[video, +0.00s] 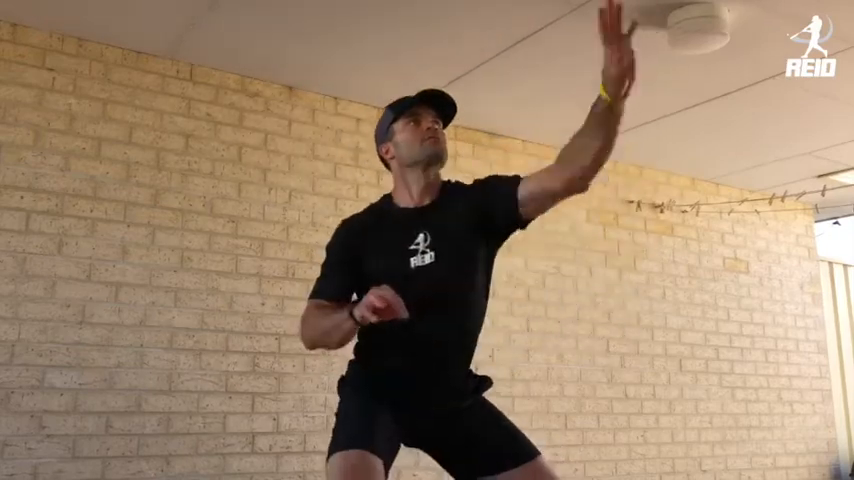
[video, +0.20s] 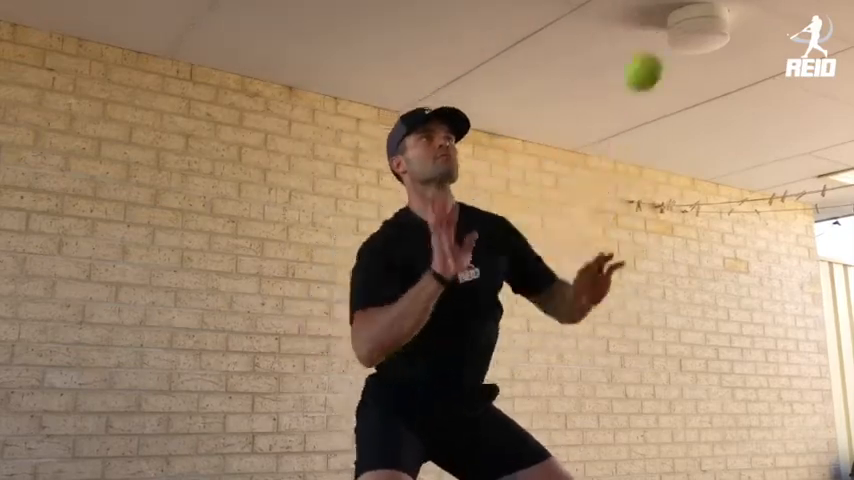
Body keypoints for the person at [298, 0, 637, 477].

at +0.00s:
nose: (432, 124)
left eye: (437, 120)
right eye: (413, 120)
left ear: (446, 142)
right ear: (386, 150)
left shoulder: (480, 205)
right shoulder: (357, 233)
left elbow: (569, 175)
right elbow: (313, 331)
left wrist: (612, 95)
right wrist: (354, 315)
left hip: (452, 395)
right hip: (375, 393)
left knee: (540, 476)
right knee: (354, 473)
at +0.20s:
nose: (444, 142)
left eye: (449, 138)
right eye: (426, 138)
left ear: (458, 156)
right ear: (399, 165)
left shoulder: (493, 232)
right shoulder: (382, 248)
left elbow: (560, 304)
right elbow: (368, 348)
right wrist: (437, 278)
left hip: (466, 407)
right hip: (395, 405)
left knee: (554, 475)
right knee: (385, 473)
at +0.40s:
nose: (480, 194)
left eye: (481, 188)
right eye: (461, 190)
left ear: (490, 202)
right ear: (432, 218)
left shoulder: (491, 285)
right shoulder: (433, 282)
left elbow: (511, 341)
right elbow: (504, 287)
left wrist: (558, 357)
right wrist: (571, 187)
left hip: (475, 448)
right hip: (413, 452)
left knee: (564, 477)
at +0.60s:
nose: (511, 184)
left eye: (512, 178)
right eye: (494, 176)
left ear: (517, 191)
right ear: (461, 198)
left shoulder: (521, 286)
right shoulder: (437, 261)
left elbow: (553, 369)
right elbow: (443, 347)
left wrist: (593, 344)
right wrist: (543, 313)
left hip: (482, 439)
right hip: (414, 438)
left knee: (568, 477)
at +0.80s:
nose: (582, 194)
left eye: (583, 187)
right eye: (569, 183)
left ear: (575, 201)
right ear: (530, 196)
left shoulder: (572, 296)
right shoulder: (476, 243)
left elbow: (618, 383)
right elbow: (415, 321)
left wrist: (710, 423)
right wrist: (458, 390)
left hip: (486, 416)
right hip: (422, 396)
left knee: (573, 476)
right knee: (399, 476)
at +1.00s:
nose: (655, 235)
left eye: (655, 228)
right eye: (643, 223)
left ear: (638, 248)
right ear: (600, 231)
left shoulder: (626, 331)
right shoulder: (529, 261)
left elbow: (711, 394)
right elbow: (441, 303)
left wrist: (818, 425)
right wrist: (421, 363)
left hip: (495, 420)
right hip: (438, 387)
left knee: (576, 477)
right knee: (403, 471)